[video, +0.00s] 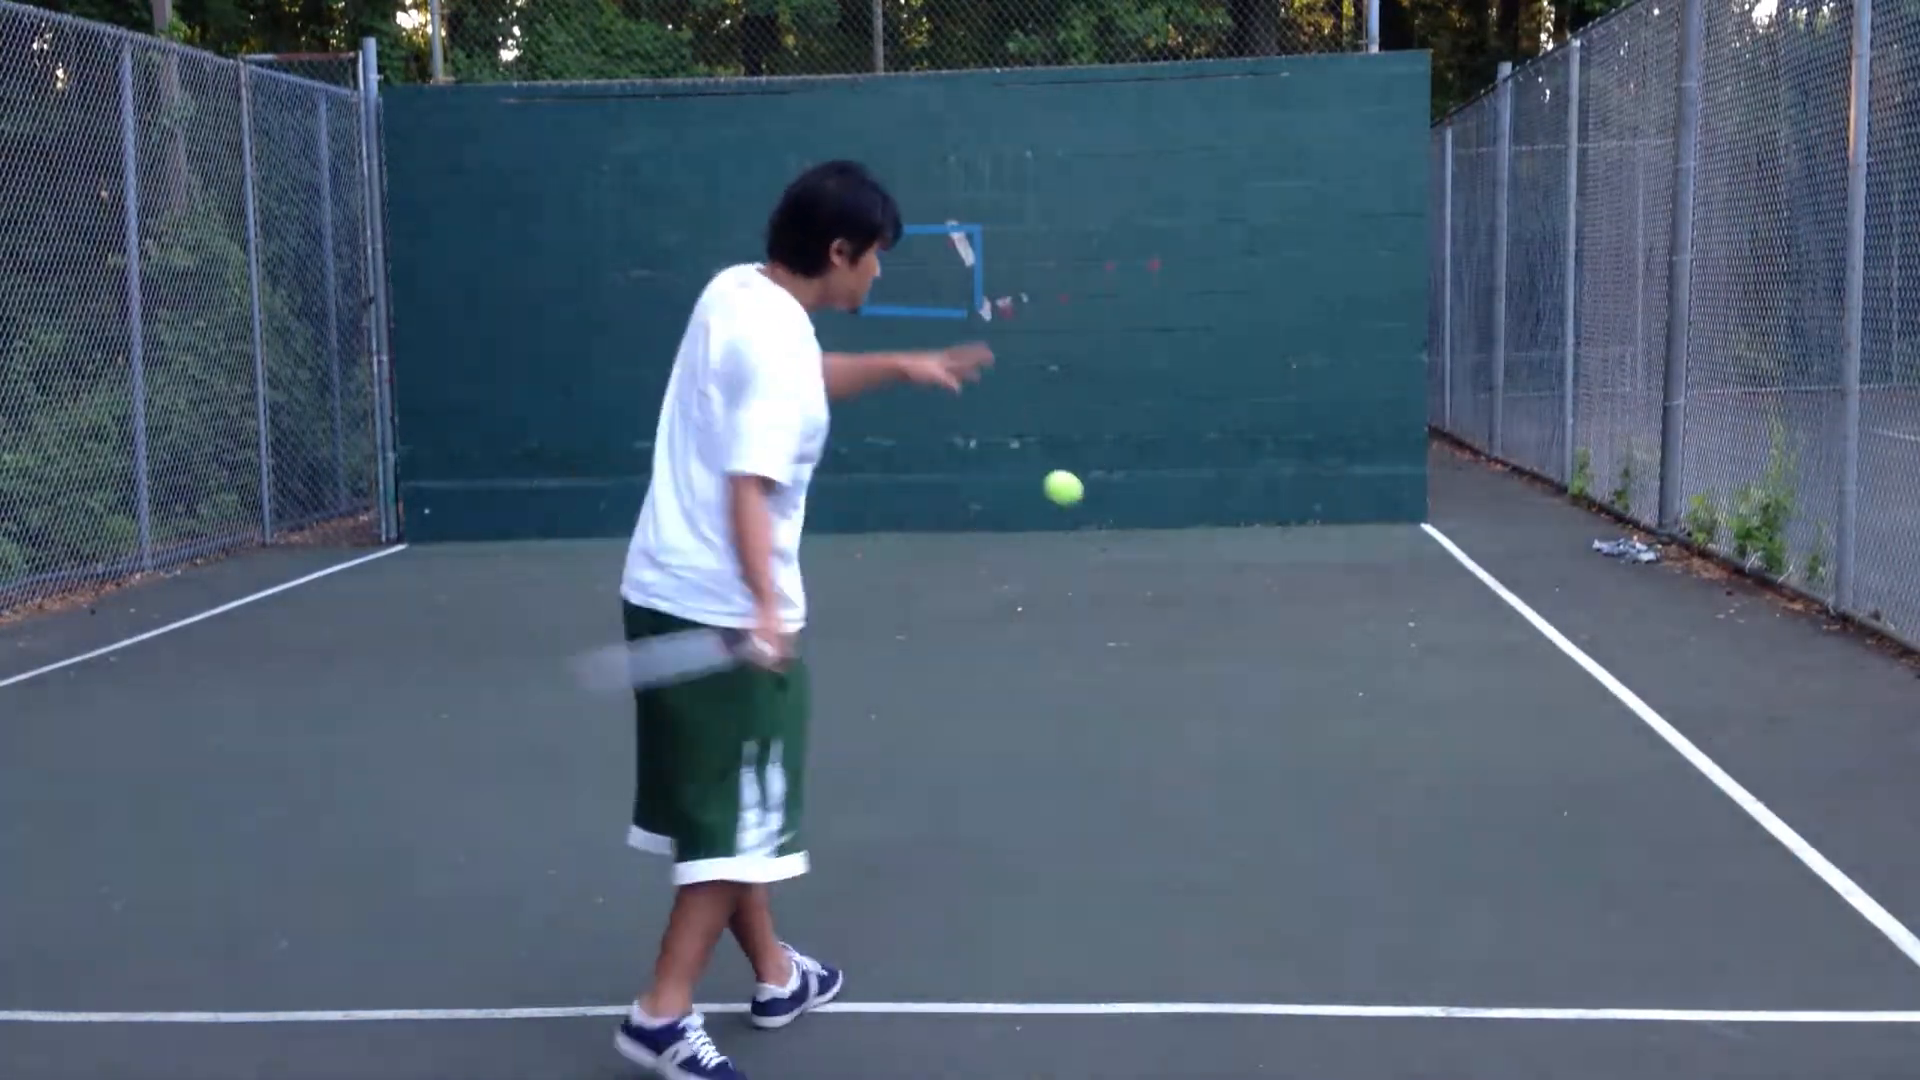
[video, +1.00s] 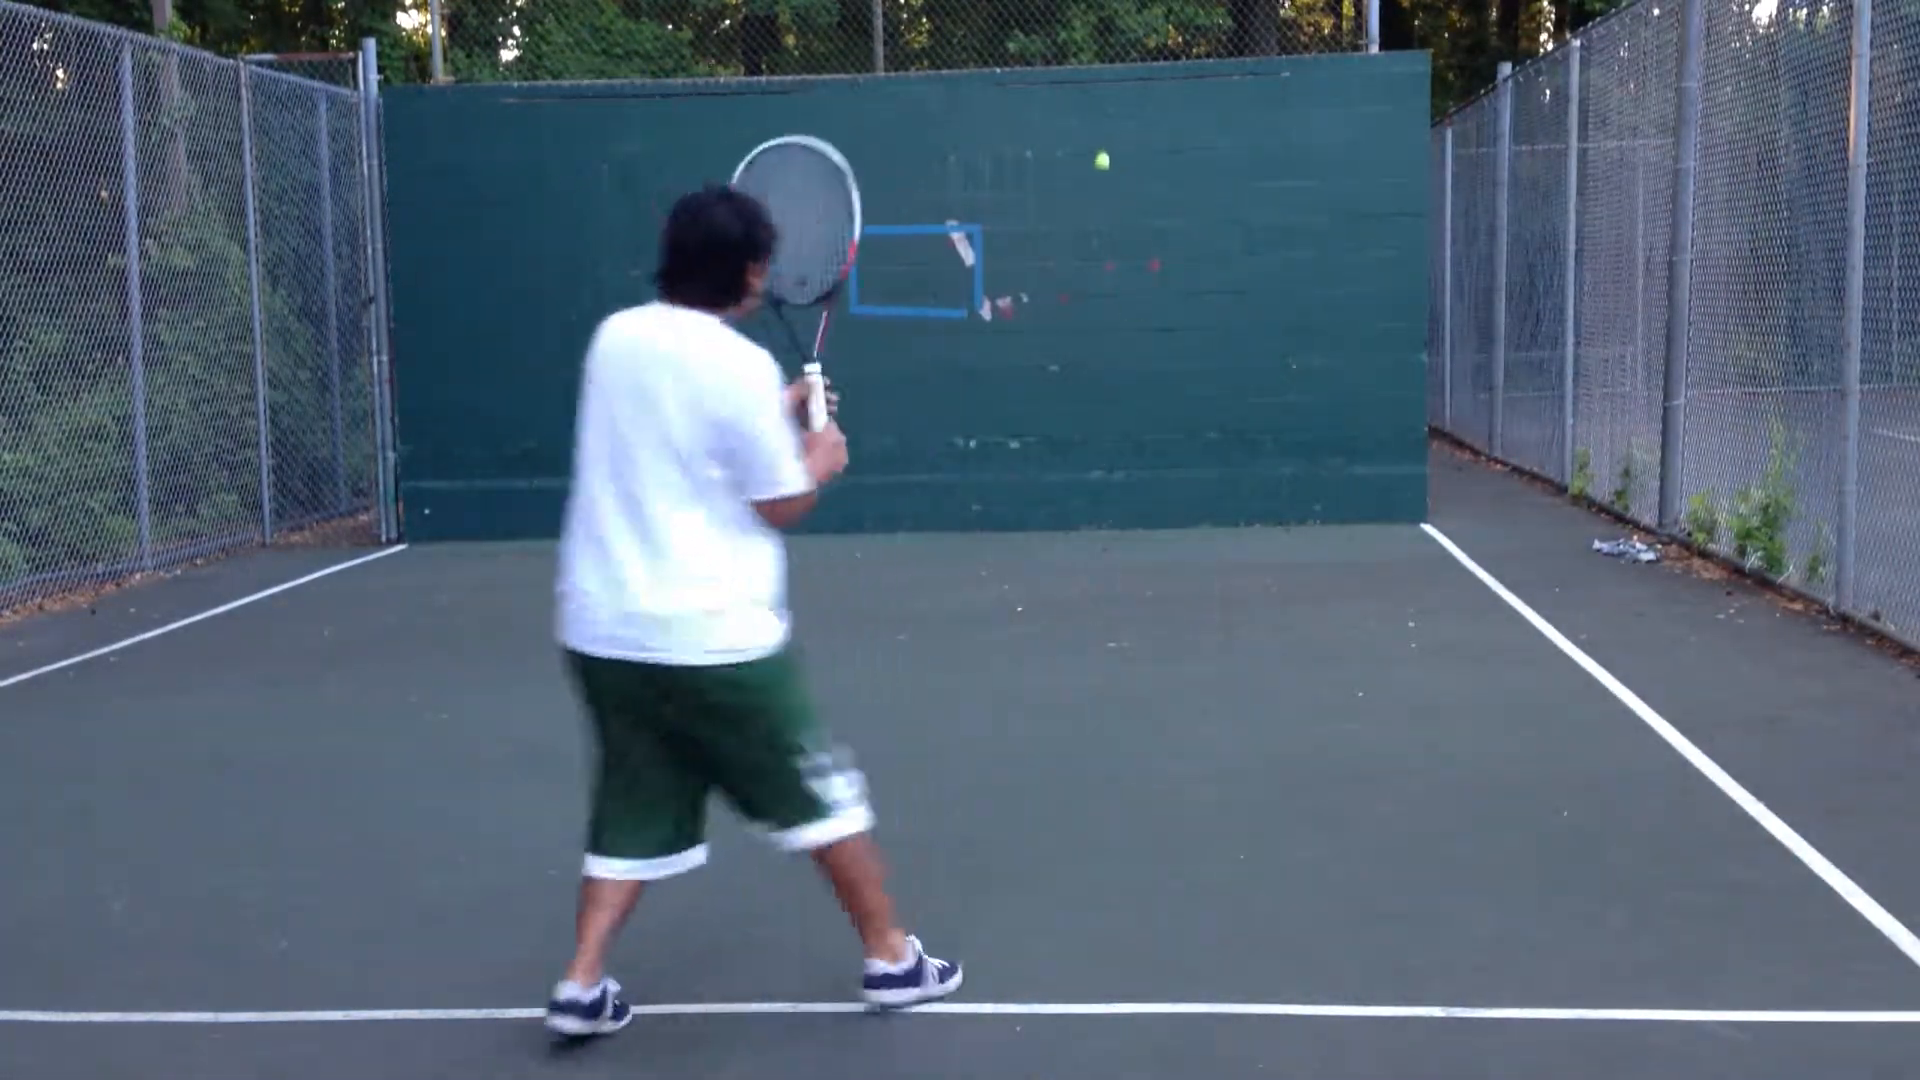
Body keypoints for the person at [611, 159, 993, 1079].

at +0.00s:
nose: (876, 276)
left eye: (880, 260)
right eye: (875, 259)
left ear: (808, 242)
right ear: (838, 252)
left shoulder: (735, 291)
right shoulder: (779, 344)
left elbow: (796, 376)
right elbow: (748, 487)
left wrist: (904, 364)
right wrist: (767, 605)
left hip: (673, 591)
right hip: (728, 607)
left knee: (721, 803)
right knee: (734, 820)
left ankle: (776, 976)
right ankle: (660, 1017)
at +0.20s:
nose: (878, 278)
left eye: (882, 261)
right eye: (876, 259)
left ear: (788, 235)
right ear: (836, 248)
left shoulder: (698, 280)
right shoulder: (833, 358)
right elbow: (867, 496)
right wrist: (947, 549)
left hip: (679, 589)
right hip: (777, 601)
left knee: (718, 795)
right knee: (796, 793)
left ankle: (776, 975)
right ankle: (709, 949)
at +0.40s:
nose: (877, 250)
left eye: (878, 236)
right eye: (877, 238)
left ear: (790, 217)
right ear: (857, 242)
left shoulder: (701, 284)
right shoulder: (865, 333)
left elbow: (679, 377)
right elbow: (882, 422)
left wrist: (800, 295)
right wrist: (867, 313)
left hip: (704, 581)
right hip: (812, 591)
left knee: (736, 780)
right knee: (829, 773)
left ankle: (787, 968)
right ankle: (762, 924)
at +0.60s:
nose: (880, 232)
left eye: (878, 220)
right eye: (879, 222)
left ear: (783, 211)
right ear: (867, 231)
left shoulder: (711, 281)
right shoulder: (875, 309)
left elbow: (690, 383)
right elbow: (902, 390)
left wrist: (764, 277)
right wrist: (821, 284)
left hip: (712, 572)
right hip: (826, 576)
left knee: (739, 764)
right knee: (854, 763)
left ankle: (772, 949)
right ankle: (865, 956)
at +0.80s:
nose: (843, 274)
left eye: (838, 261)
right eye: (842, 264)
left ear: (752, 263)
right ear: (834, 274)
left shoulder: (686, 347)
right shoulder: (856, 359)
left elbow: (678, 459)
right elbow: (884, 487)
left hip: (713, 626)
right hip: (832, 629)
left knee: (704, 775)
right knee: (889, 792)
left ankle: (671, 940)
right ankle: (899, 962)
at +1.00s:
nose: (765, 280)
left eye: (764, 265)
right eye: (761, 266)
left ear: (671, 263)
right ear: (743, 276)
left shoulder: (613, 337)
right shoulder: (736, 367)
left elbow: (675, 437)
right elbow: (781, 503)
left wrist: (777, 409)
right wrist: (822, 461)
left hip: (602, 631)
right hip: (716, 641)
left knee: (635, 804)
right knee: (819, 794)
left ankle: (581, 983)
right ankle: (891, 956)